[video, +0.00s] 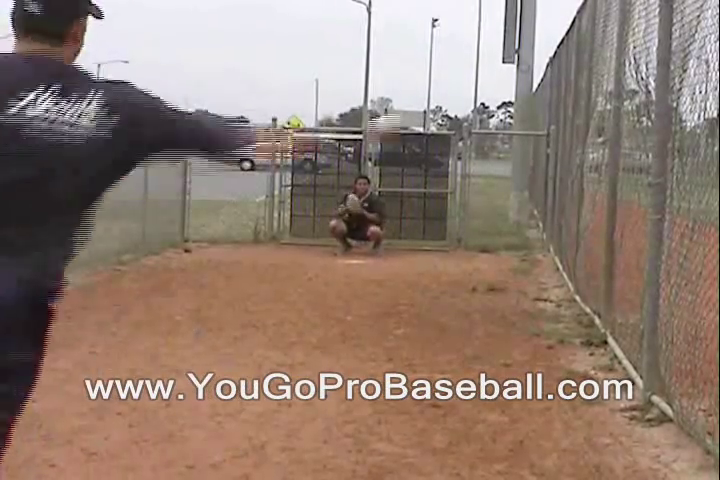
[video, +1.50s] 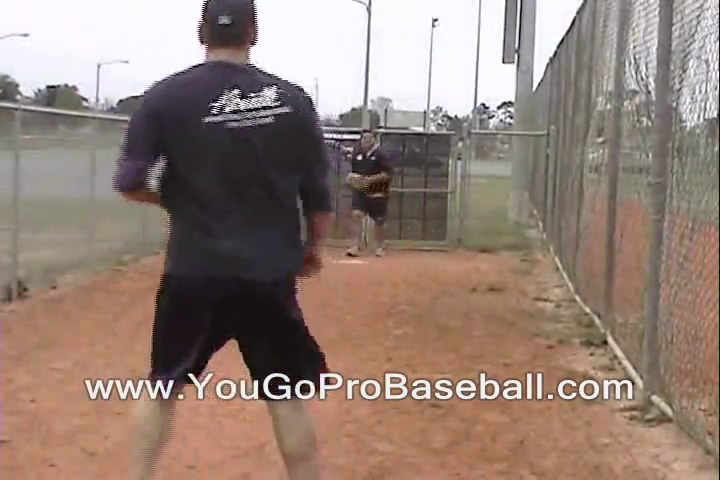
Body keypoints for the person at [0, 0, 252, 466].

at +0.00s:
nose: (84, 39)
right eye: (85, 30)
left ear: (15, 27)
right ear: (76, 34)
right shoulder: (110, 104)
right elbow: (192, 130)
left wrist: (256, 141)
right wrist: (268, 142)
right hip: (26, 278)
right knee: (7, 395)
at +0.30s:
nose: (10, 48)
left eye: (11, 41)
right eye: (13, 42)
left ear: (16, 41)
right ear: (68, 37)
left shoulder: (32, 63)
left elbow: (118, 71)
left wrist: (59, 143)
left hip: (76, 244)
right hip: (156, 240)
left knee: (29, 407)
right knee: (159, 399)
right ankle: (309, 433)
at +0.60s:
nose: (112, 82)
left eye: (114, 74)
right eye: (115, 74)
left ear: (120, 77)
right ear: (166, 77)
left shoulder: (137, 117)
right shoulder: (202, 126)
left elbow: (180, 177)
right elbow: (237, 203)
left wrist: (132, 237)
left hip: (201, 286)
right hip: (273, 281)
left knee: (115, 430)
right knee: (283, 425)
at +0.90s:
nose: (202, 12)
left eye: (203, 8)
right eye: (206, 9)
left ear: (208, 7)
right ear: (257, 6)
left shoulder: (210, 48)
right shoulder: (300, 54)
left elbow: (224, 131)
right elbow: (364, 137)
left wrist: (182, 164)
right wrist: (390, 190)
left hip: (238, 240)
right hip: (310, 242)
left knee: (196, 380)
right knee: (307, 382)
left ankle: (210, 472)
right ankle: (339, 471)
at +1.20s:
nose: (231, 63)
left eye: (229, 57)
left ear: (229, 59)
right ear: (280, 62)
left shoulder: (204, 123)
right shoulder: (319, 122)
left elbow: (185, 212)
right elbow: (359, 214)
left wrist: (177, 236)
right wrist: (385, 281)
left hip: (239, 296)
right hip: (306, 294)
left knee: (245, 418)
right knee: (296, 412)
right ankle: (305, 474)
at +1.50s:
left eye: (203, 31)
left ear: (201, 35)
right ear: (253, 35)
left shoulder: (167, 95)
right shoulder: (293, 99)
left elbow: (128, 182)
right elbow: (320, 190)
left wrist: (169, 197)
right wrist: (314, 246)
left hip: (193, 278)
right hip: (268, 279)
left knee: (161, 389)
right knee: (287, 397)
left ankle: (138, 473)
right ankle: (307, 475)